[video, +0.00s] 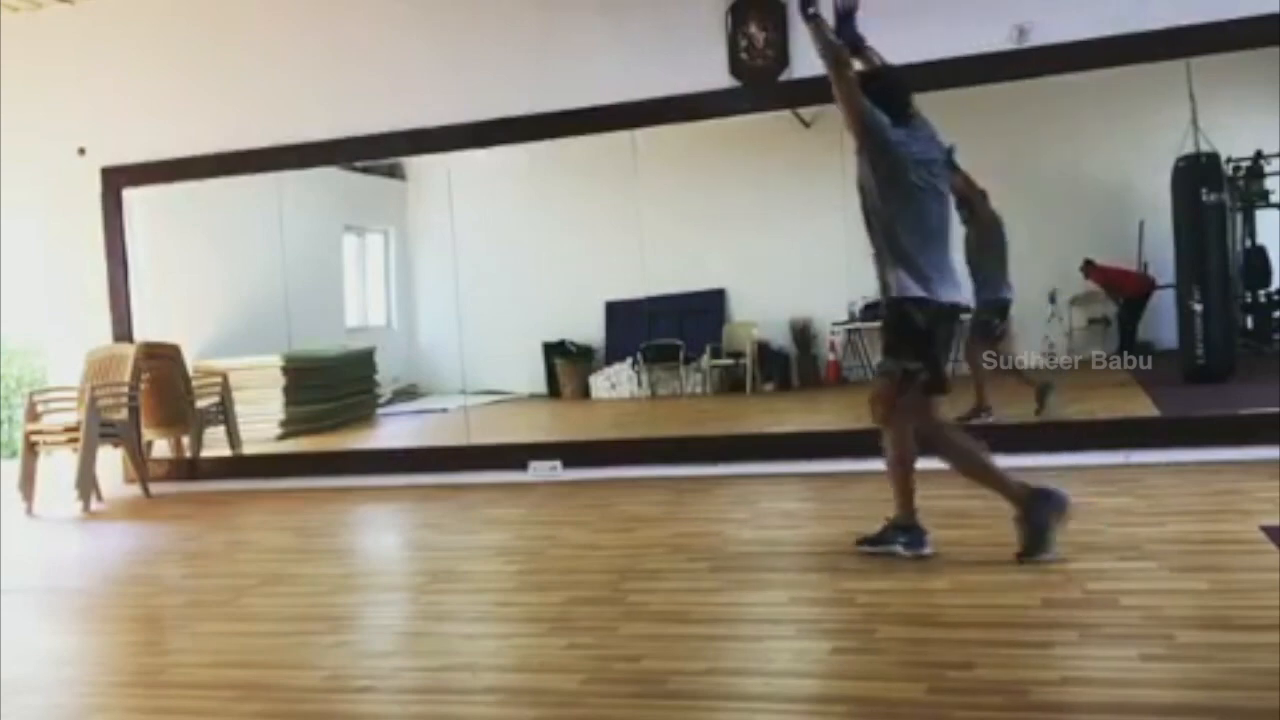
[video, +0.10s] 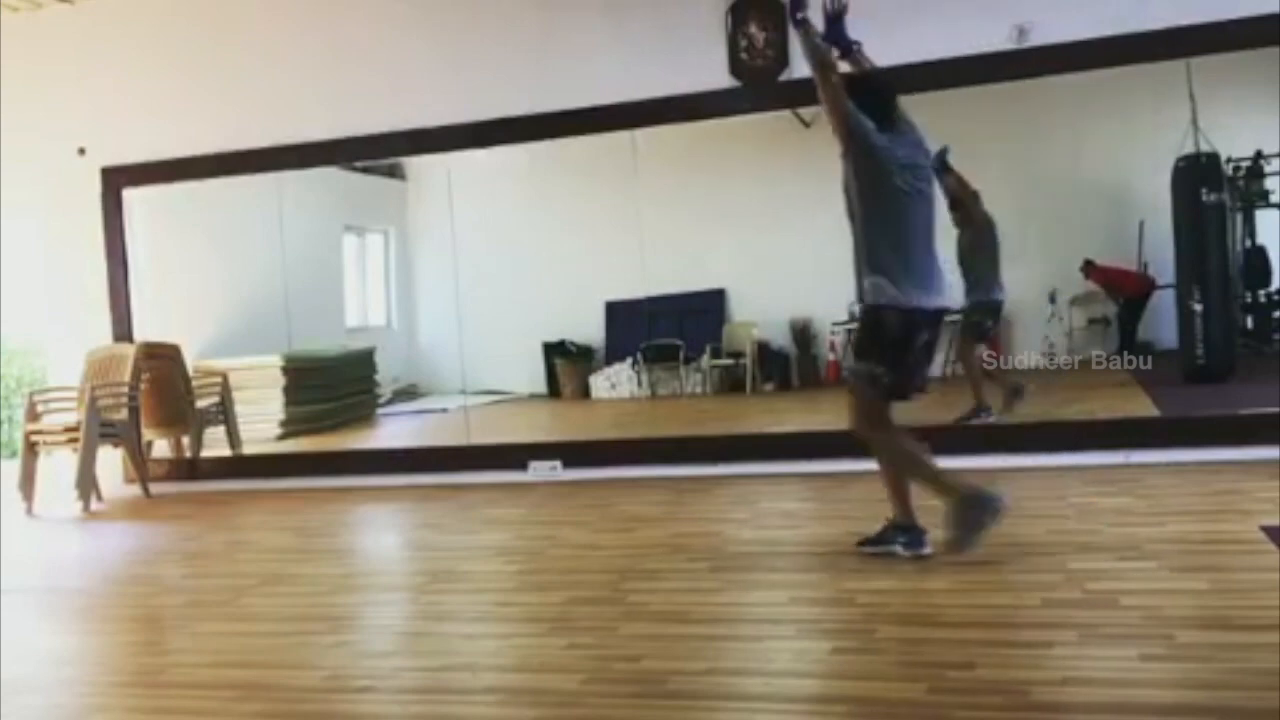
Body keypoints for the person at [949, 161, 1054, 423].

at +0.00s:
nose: (959, 214)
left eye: (962, 208)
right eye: (958, 209)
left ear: (973, 205)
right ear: (967, 208)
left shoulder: (987, 224)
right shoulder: (977, 227)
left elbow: (972, 193)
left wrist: (951, 166)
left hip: (994, 299)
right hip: (988, 299)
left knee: (973, 351)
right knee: (996, 356)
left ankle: (982, 404)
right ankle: (1037, 386)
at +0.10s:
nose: (951, 213)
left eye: (955, 207)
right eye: (951, 208)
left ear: (968, 206)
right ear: (955, 210)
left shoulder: (980, 224)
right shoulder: (968, 227)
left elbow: (965, 195)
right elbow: (957, 195)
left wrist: (946, 170)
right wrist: (944, 172)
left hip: (986, 300)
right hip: (978, 300)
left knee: (967, 351)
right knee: (970, 355)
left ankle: (981, 404)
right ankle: (1009, 386)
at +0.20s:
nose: (938, 225)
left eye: (941, 219)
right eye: (936, 219)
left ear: (952, 216)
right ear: (941, 220)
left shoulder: (966, 233)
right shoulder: (953, 235)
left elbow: (952, 203)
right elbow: (943, 204)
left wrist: (932, 177)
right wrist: (929, 179)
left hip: (968, 308)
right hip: (953, 307)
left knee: (949, 358)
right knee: (921, 342)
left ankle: (977, 405)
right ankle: (905, 393)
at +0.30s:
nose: (928, 228)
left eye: (930, 221)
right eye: (927, 222)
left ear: (942, 220)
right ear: (937, 221)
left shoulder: (955, 239)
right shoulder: (946, 242)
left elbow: (944, 208)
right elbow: (937, 209)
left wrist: (922, 179)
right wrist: (921, 181)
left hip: (959, 311)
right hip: (949, 310)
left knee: (944, 363)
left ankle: (976, 406)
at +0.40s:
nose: (905, 218)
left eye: (908, 211)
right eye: (904, 212)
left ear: (920, 209)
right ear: (910, 210)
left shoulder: (932, 227)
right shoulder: (920, 230)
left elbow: (916, 195)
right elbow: (907, 196)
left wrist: (896, 166)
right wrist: (892, 168)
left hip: (943, 298)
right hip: (926, 295)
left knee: (944, 353)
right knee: (878, 294)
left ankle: (974, 402)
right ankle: (847, 332)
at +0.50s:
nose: (889, 203)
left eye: (892, 198)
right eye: (888, 198)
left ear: (905, 196)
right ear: (895, 199)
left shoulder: (917, 213)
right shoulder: (906, 218)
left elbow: (898, 184)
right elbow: (891, 184)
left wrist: (878, 156)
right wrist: (876, 158)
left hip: (934, 286)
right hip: (917, 282)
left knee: (942, 338)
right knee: (869, 283)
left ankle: (967, 393)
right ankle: (842, 329)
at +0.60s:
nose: (863, 201)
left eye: (865, 196)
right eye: (861, 197)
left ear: (875, 191)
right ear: (863, 197)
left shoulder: (891, 200)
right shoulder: (875, 207)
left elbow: (870, 172)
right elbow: (853, 181)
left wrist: (846, 147)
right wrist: (830, 156)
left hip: (917, 273)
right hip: (897, 274)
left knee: (925, 322)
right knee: (854, 298)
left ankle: (947, 381)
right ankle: (834, 349)